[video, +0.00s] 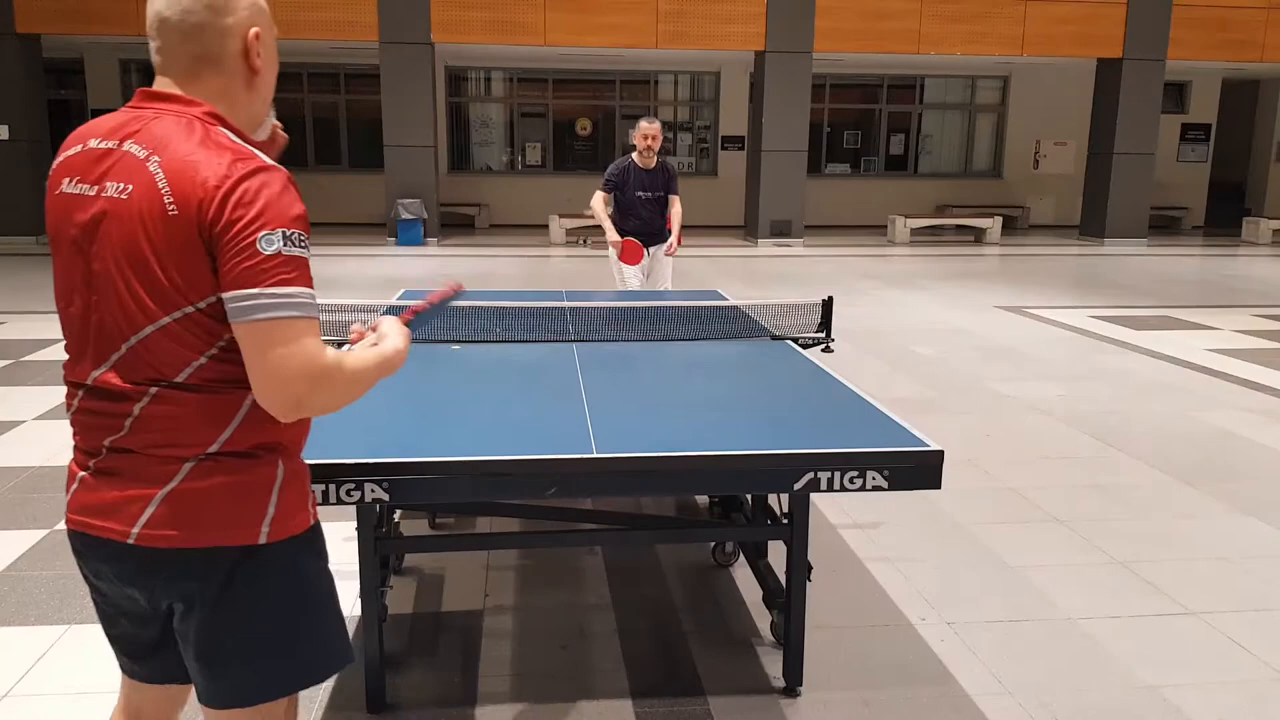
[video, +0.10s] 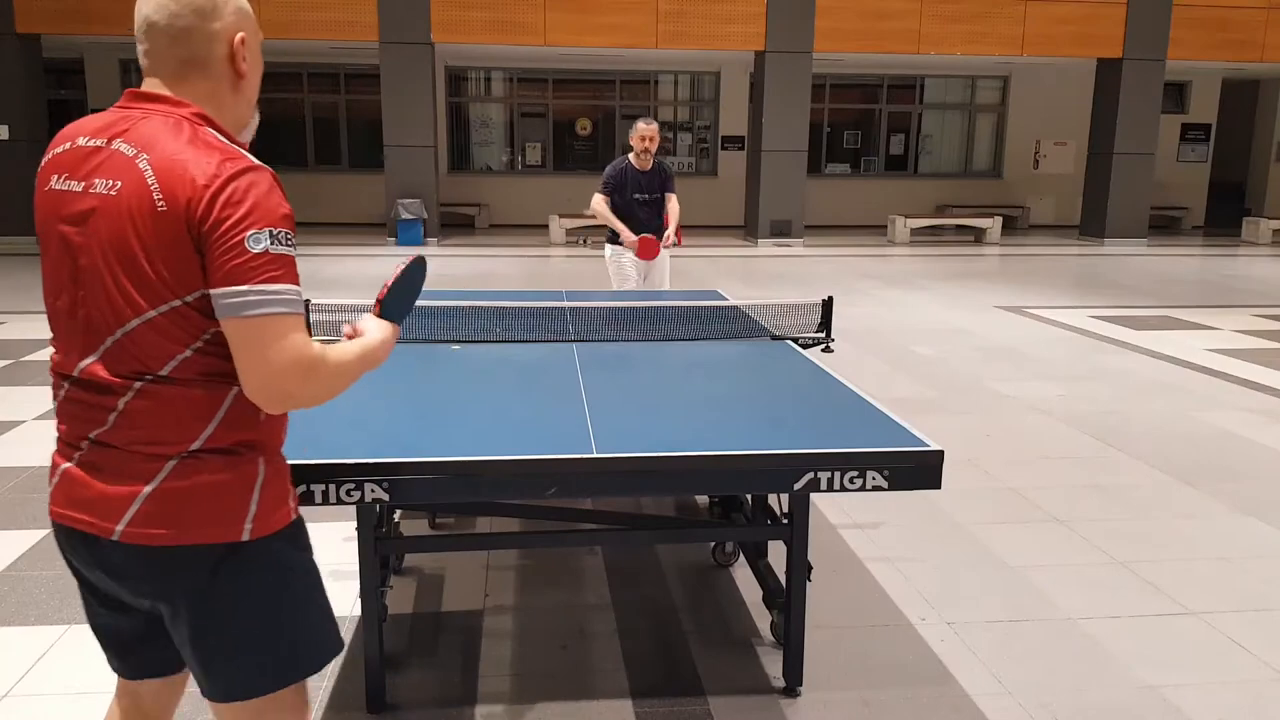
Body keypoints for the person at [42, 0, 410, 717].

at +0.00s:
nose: (275, 70)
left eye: (276, 50)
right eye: (274, 50)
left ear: (161, 53)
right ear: (252, 50)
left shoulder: (77, 152)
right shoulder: (245, 177)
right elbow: (289, 386)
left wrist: (242, 159)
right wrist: (381, 353)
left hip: (105, 512)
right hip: (230, 524)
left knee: (149, 690)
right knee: (255, 709)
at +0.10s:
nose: (259, 80)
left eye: (260, 60)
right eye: (260, 60)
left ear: (148, 60)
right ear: (240, 52)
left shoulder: (65, 150)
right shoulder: (230, 177)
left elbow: (120, 317)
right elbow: (279, 379)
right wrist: (370, 347)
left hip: (89, 507)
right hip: (212, 519)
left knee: (143, 688)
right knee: (267, 704)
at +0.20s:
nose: (252, 83)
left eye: (254, 67)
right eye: (253, 66)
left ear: (144, 64)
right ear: (233, 60)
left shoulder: (60, 154)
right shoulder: (226, 179)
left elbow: (106, 319)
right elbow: (269, 379)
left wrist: (264, 330)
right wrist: (351, 350)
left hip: (68, 502)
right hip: (191, 517)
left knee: (137, 679)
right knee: (305, 693)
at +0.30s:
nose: (260, 84)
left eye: (262, 69)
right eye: (260, 67)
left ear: (151, 65)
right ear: (239, 64)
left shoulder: (66, 155)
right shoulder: (230, 179)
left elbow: (106, 315)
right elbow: (266, 375)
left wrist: (264, 331)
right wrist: (342, 351)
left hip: (64, 494)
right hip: (188, 505)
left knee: (132, 678)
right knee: (323, 680)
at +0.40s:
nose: (280, 88)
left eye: (279, 72)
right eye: (281, 71)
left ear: (173, 67)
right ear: (263, 69)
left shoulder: (86, 149)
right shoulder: (245, 183)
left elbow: (123, 311)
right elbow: (275, 380)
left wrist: (281, 325)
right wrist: (345, 350)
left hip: (71, 488)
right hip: (191, 501)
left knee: (135, 673)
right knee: (318, 679)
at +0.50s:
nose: (313, 101)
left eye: (314, 86)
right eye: (314, 83)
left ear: (205, 74)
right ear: (294, 82)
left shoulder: (115, 154)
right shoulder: (271, 195)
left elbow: (143, 314)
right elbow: (294, 391)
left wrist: (293, 326)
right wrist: (360, 363)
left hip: (84, 492)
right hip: (202, 509)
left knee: (149, 674)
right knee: (314, 684)